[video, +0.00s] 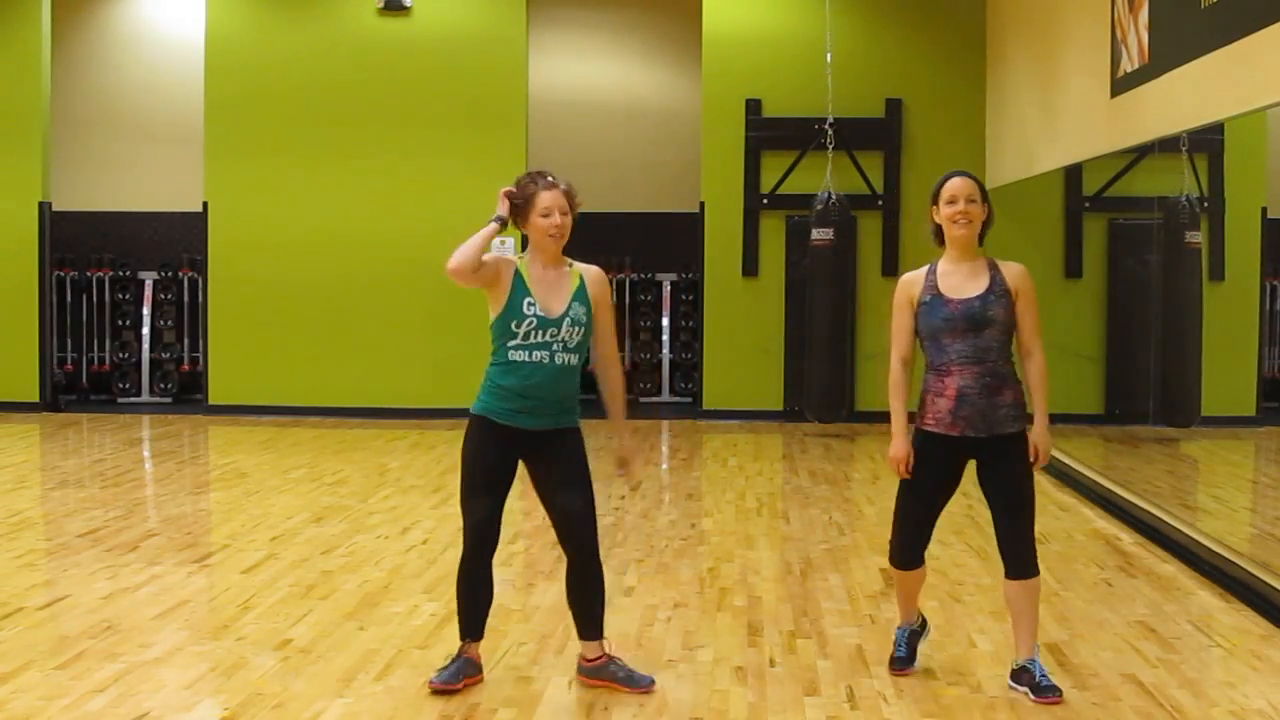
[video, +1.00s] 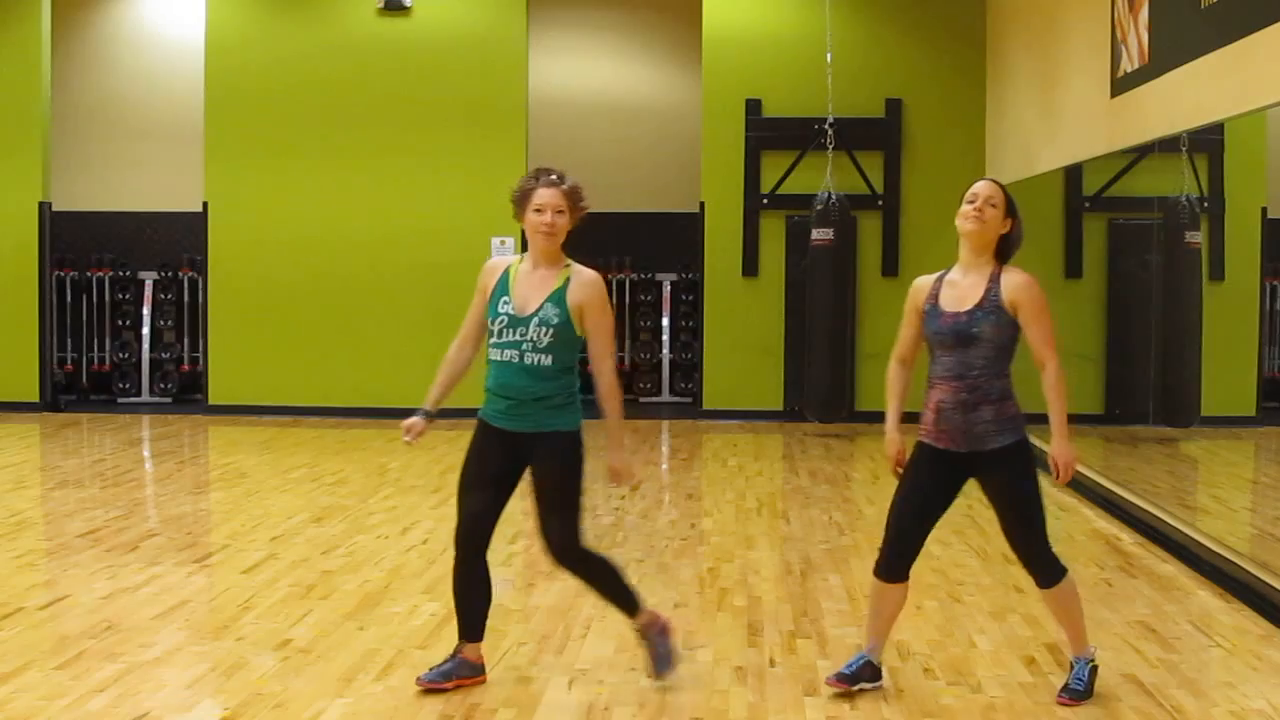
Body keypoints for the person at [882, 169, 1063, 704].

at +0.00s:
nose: (961, 209)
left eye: (970, 200)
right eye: (951, 201)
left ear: (986, 212)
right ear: (935, 215)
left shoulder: (1012, 276)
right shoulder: (913, 284)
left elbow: (1032, 352)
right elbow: (900, 361)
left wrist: (1040, 421)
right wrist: (899, 430)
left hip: (1004, 432)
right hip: (936, 432)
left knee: (1020, 548)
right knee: (906, 542)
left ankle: (1027, 661)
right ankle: (909, 623)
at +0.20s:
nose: (966, 203)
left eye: (976, 196)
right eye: (956, 197)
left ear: (991, 211)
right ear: (940, 214)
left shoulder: (1017, 278)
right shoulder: (916, 280)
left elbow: (1038, 353)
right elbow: (902, 359)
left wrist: (1044, 419)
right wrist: (898, 428)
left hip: (997, 434)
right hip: (930, 433)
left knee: (1017, 552)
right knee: (893, 545)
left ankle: (1027, 663)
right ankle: (877, 653)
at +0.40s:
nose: (972, 200)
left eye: (980, 194)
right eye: (960, 196)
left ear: (995, 211)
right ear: (944, 216)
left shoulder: (1020, 283)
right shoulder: (921, 276)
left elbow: (1027, 362)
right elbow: (888, 350)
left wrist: (1032, 427)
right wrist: (886, 422)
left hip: (998, 437)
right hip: (931, 436)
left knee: (1045, 543)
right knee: (904, 550)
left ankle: (1059, 656)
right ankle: (881, 656)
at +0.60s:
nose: (983, 208)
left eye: (992, 201)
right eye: (972, 205)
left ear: (1010, 218)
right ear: (960, 227)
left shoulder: (1040, 288)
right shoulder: (937, 289)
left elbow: (1059, 365)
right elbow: (915, 366)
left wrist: (1063, 436)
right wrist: (912, 439)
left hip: (1037, 443)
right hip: (972, 448)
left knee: (1059, 558)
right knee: (933, 558)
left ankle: (1063, 664)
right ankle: (887, 658)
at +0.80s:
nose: (986, 207)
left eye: (998, 202)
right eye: (978, 202)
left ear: (1018, 221)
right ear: (966, 220)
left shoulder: (1037, 283)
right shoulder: (947, 293)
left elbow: (1067, 360)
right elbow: (941, 369)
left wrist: (1069, 433)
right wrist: (934, 436)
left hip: (1035, 442)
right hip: (972, 443)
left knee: (1052, 558)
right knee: (913, 537)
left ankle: (1069, 663)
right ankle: (902, 654)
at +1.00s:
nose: (975, 207)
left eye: (988, 204)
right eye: (970, 200)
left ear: (1006, 226)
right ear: (956, 216)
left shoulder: (1016, 285)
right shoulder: (926, 288)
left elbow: (1049, 362)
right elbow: (901, 360)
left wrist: (1060, 437)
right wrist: (893, 428)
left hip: (1000, 443)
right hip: (938, 442)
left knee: (1036, 556)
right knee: (895, 547)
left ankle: (1082, 658)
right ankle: (870, 657)